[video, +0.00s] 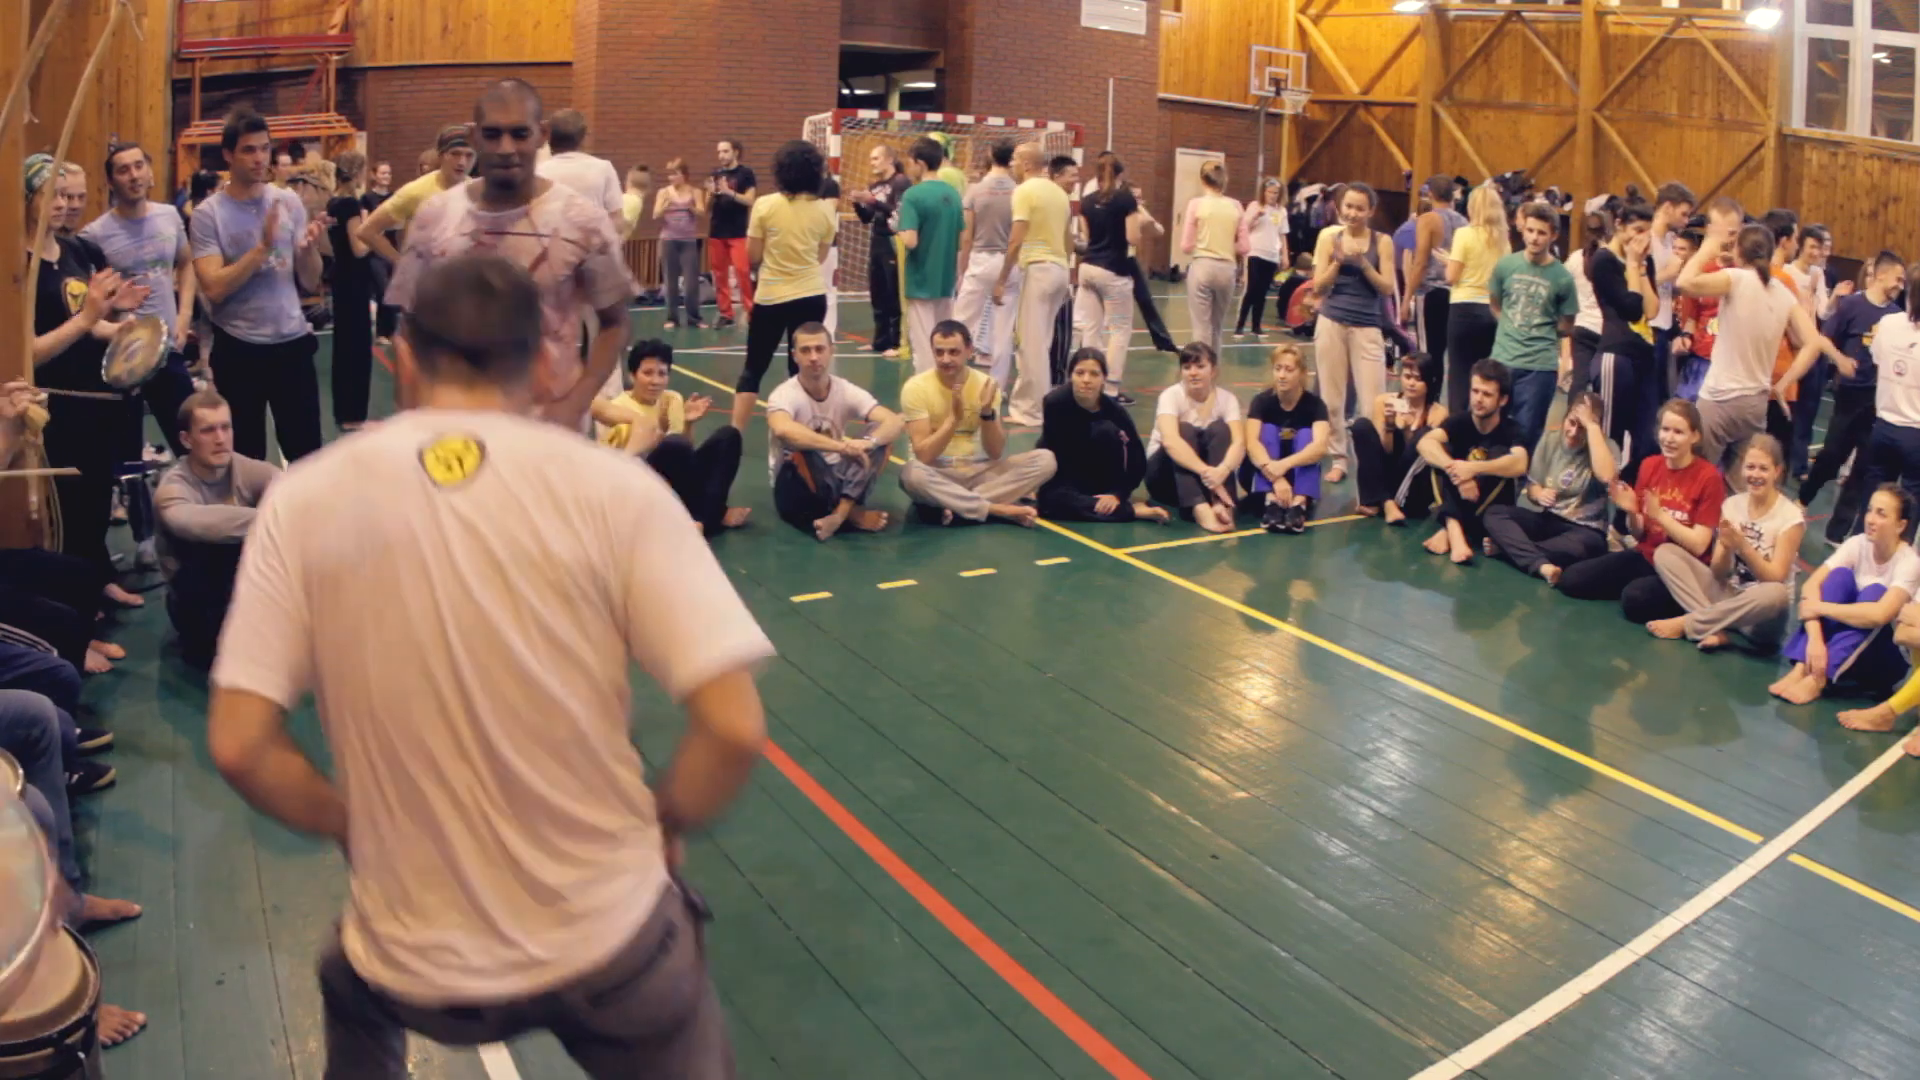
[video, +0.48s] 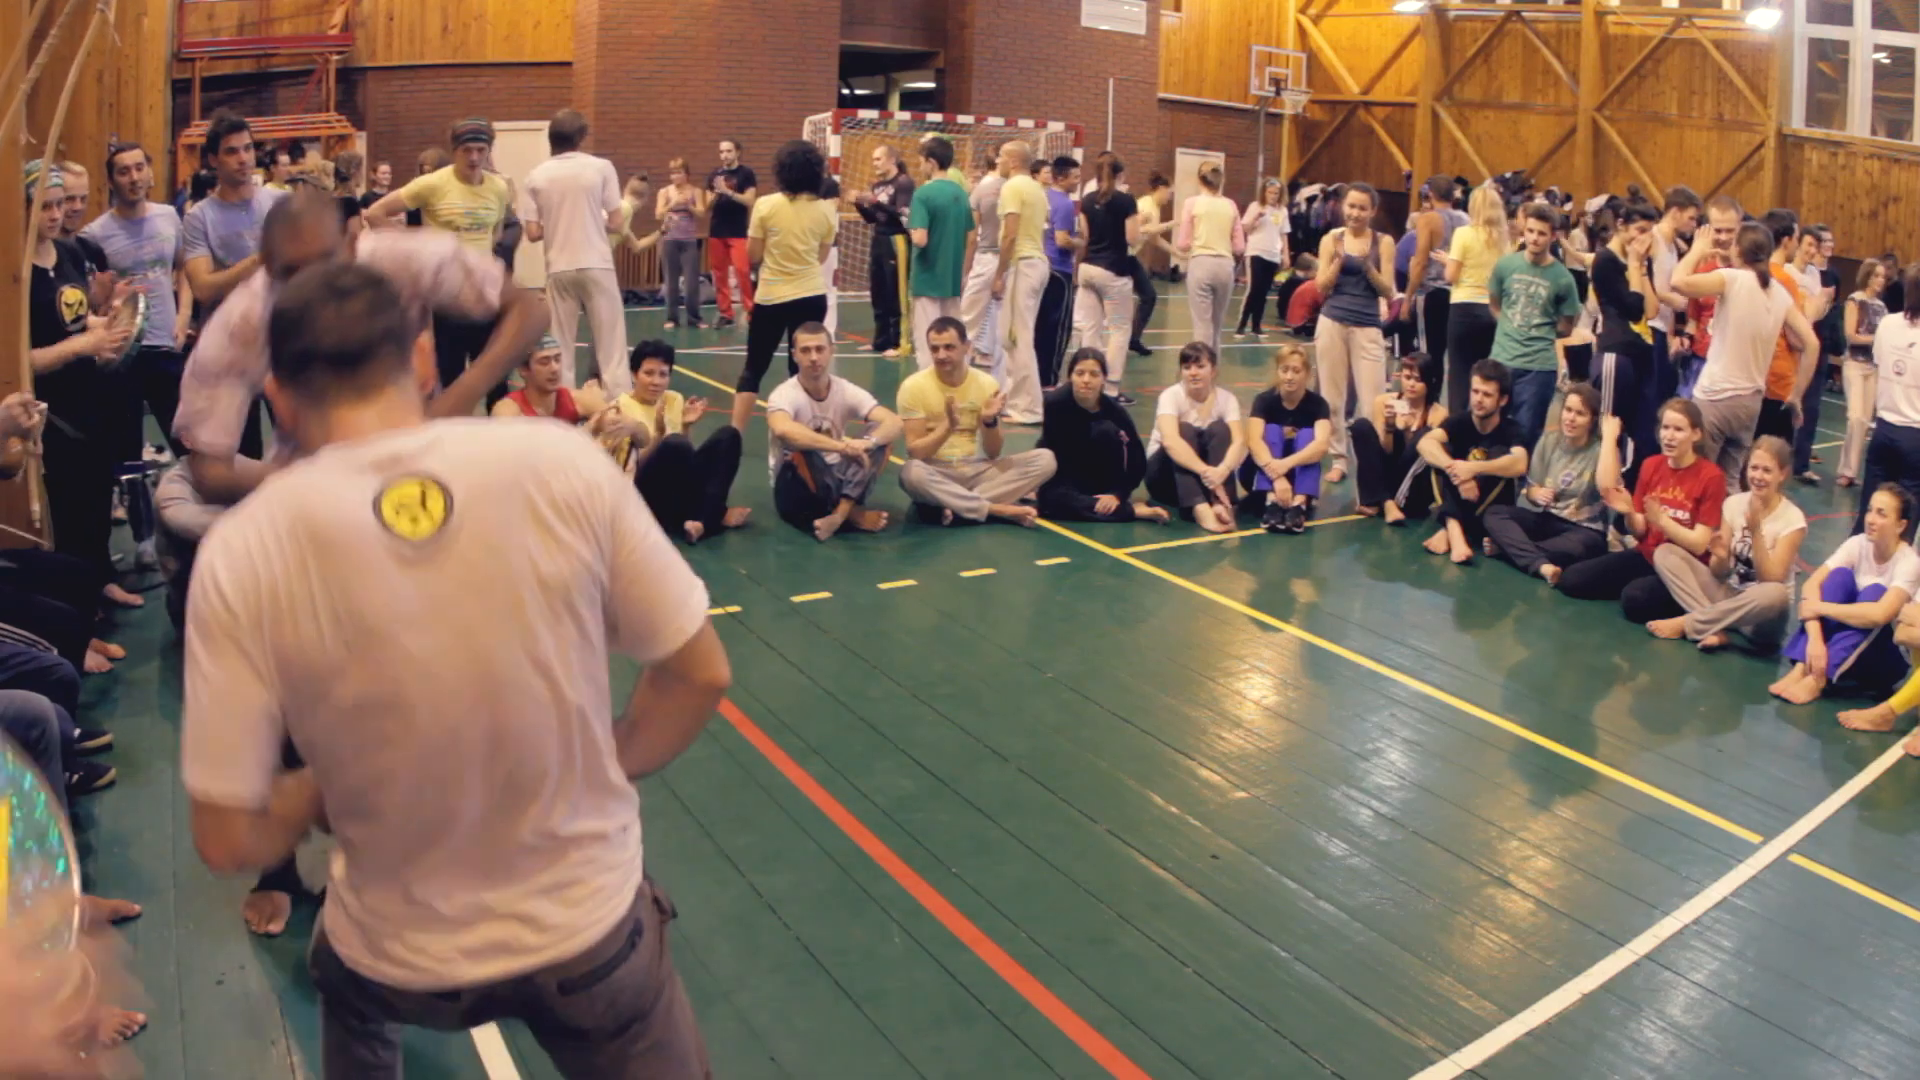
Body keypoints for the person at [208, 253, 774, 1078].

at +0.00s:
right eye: (561, 355)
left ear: (399, 355)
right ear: (545, 363)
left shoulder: (306, 498)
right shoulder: (611, 486)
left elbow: (240, 743)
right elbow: (734, 725)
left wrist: (365, 824)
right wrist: (662, 822)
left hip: (418, 969)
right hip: (612, 954)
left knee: (353, 998)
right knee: (682, 1057)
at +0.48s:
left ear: (278, 400)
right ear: (425, 360)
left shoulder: (244, 552)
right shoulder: (560, 463)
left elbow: (227, 839)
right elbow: (698, 670)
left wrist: (331, 779)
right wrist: (597, 776)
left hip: (401, 967)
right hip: (592, 944)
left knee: (352, 1006)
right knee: (654, 1061)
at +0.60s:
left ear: (258, 476)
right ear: (402, 433)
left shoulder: (253, 662)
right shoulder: (554, 533)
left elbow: (306, 953)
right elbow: (674, 720)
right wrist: (552, 755)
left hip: (413, 999)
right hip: (595, 973)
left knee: (337, 975)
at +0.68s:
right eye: (400, 432)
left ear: (251, 496)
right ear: (392, 455)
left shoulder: (244, 693)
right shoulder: (544, 544)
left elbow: (311, 964)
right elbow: (651, 721)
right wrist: (530, 750)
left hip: (420, 1004)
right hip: (600, 980)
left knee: (340, 984)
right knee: (662, 1066)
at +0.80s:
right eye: (394, 427)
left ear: (231, 489)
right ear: (375, 445)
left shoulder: (231, 683)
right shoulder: (529, 529)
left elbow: (274, 929)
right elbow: (606, 699)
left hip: (418, 997)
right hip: (598, 967)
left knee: (332, 969)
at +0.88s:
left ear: (212, 476)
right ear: (349, 417)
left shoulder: (219, 655)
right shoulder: (506, 504)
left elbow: (238, 867)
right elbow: (573, 666)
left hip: (411, 998)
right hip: (592, 961)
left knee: (312, 943)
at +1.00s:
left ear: (145, 443)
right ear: (276, 381)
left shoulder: (165, 615)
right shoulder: (406, 446)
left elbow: (186, 751)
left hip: (393, 973)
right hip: (567, 920)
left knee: (298, 963)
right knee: (652, 1068)